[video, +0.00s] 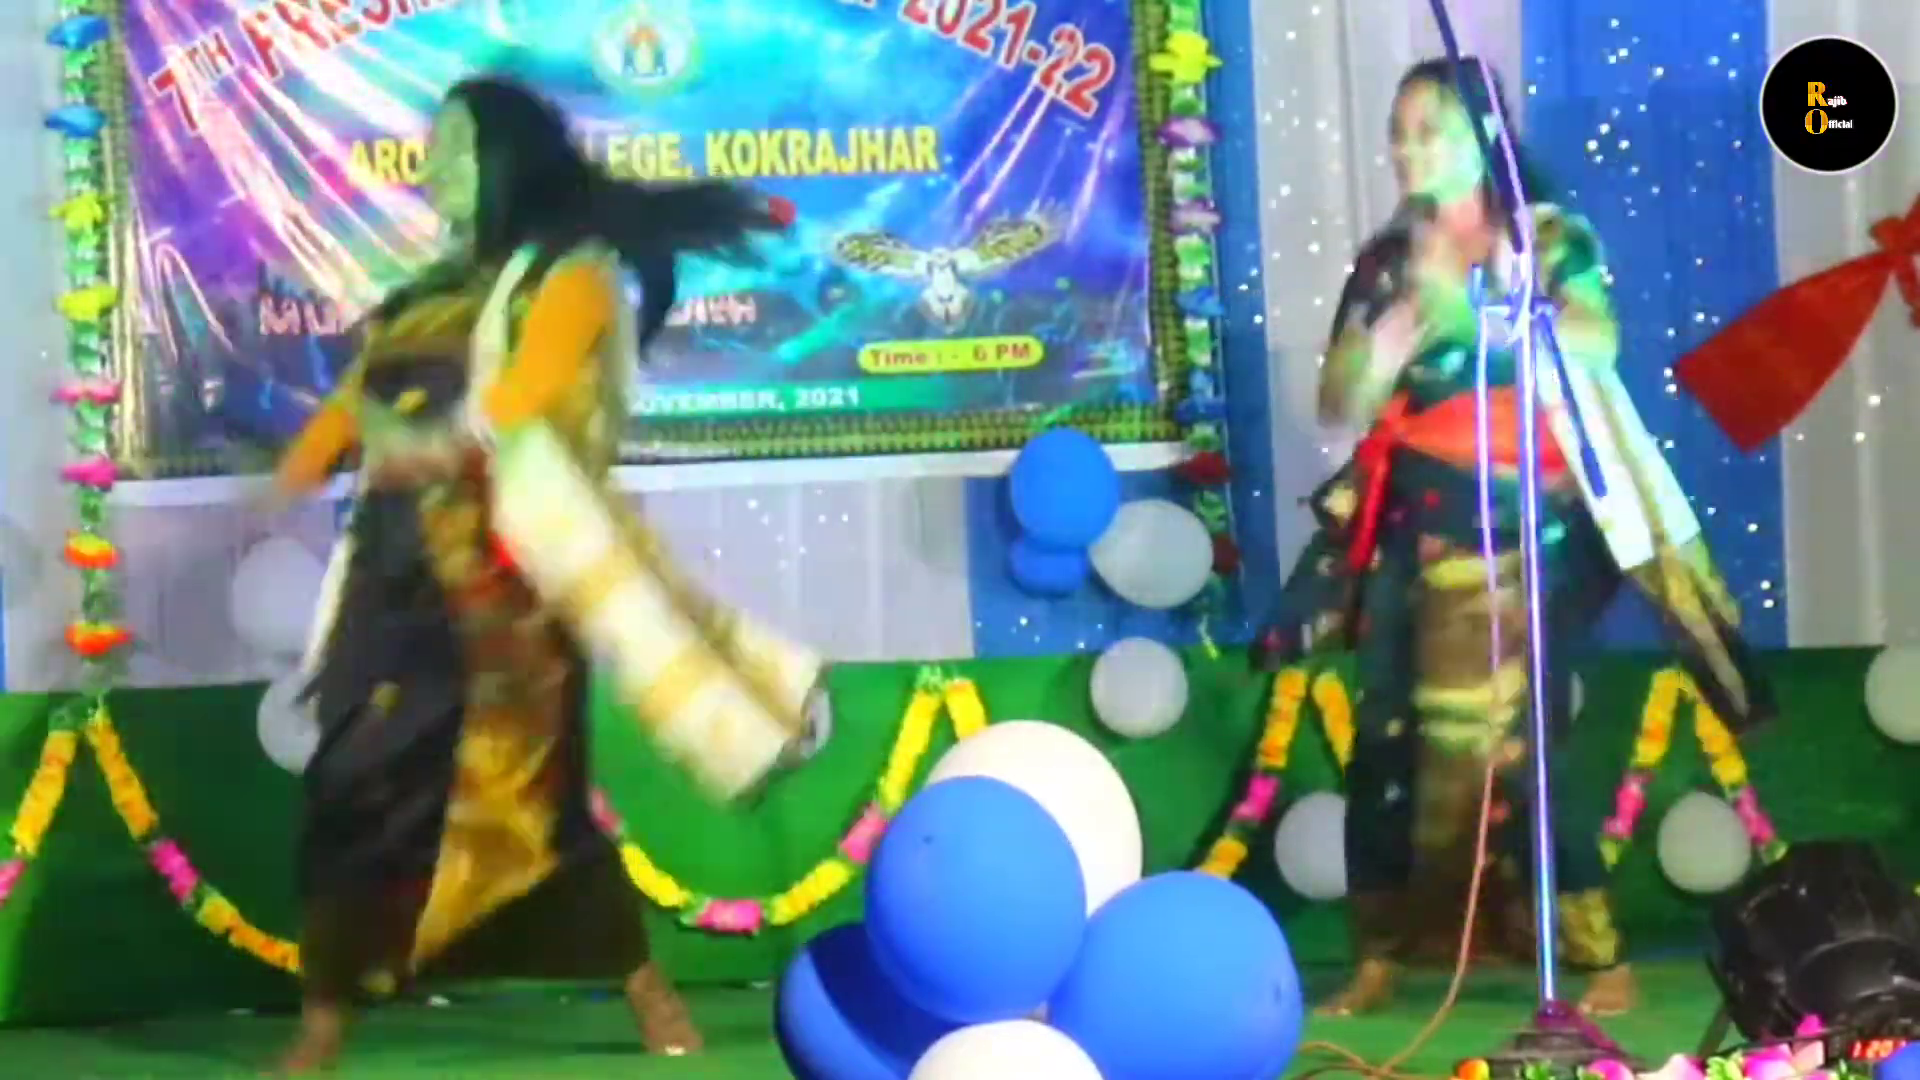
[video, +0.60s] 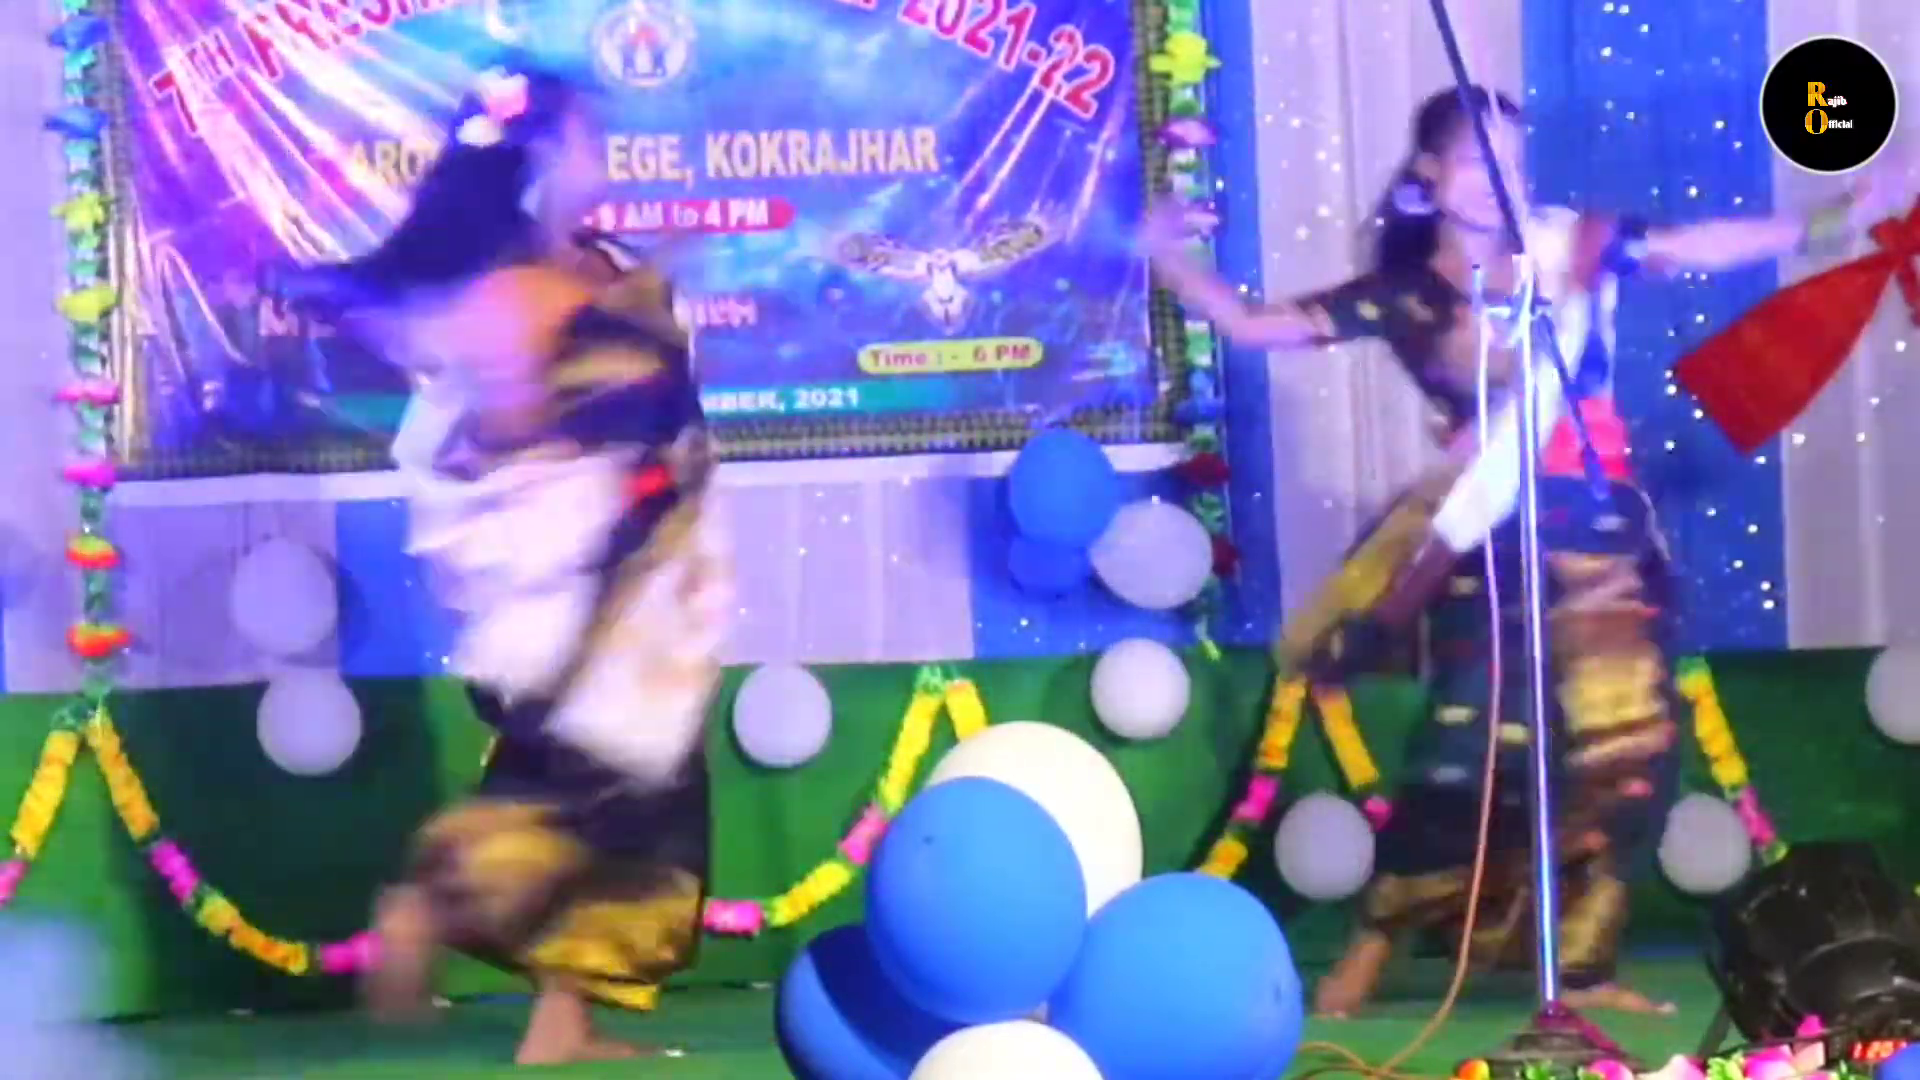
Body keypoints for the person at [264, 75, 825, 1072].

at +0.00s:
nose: (430, 175)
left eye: (447, 154)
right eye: (430, 158)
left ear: (507, 157)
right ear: (456, 168)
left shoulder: (573, 279)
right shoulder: (426, 295)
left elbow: (526, 406)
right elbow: (355, 403)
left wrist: (427, 453)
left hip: (511, 577)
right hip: (393, 579)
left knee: (542, 793)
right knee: (353, 786)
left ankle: (649, 993)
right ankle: (322, 1025)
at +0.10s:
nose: (407, 190)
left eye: (428, 171)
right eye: (404, 172)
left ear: (484, 183)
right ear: (404, 188)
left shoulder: (528, 294)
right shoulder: (402, 321)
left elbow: (546, 414)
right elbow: (316, 418)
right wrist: (225, 488)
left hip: (471, 571)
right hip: (362, 574)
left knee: (544, 786)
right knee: (338, 794)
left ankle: (631, 999)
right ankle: (321, 1033)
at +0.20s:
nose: (410, 160)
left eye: (433, 142)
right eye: (403, 144)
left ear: (487, 158)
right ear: (393, 162)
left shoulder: (527, 265)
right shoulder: (375, 291)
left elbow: (586, 294)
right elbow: (302, 357)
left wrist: (618, 310)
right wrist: (198, 359)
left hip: (492, 559)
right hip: (368, 565)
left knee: (555, 764)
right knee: (348, 772)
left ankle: (634, 995)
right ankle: (334, 1017)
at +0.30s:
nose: (482, 111)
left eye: (498, 96)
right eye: (456, 98)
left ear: (525, 123)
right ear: (407, 127)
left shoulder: (564, 224)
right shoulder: (373, 254)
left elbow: (684, 258)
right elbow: (289, 332)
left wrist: (658, 199)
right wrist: (191, 242)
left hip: (540, 538)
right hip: (399, 541)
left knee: (584, 751)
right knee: (369, 758)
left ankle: (597, 994)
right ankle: (345, 1014)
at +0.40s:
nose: (523, 125)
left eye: (529, 109)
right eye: (496, 108)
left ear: (546, 136)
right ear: (441, 134)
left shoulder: (598, 236)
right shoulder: (387, 270)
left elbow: (723, 290)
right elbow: (288, 367)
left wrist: (737, 191)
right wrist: (185, 274)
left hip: (572, 558)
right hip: (433, 557)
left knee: (609, 760)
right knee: (390, 770)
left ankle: (562, 1008)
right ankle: (330, 1009)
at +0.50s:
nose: (563, 160)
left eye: (557, 141)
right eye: (539, 145)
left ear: (560, 153)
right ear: (490, 173)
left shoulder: (625, 283)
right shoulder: (456, 301)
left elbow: (729, 326)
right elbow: (370, 424)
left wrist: (824, 265)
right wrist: (259, 363)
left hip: (618, 587)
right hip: (501, 585)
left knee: (636, 787)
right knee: (496, 795)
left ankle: (562, 1023)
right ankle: (327, 977)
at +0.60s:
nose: (598, 166)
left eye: (597, 146)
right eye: (584, 145)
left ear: (549, 153)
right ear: (532, 153)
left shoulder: (581, 271)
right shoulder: (505, 294)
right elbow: (508, 430)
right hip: (550, 570)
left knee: (624, 791)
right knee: (585, 782)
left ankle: (563, 1021)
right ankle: (429, 910)